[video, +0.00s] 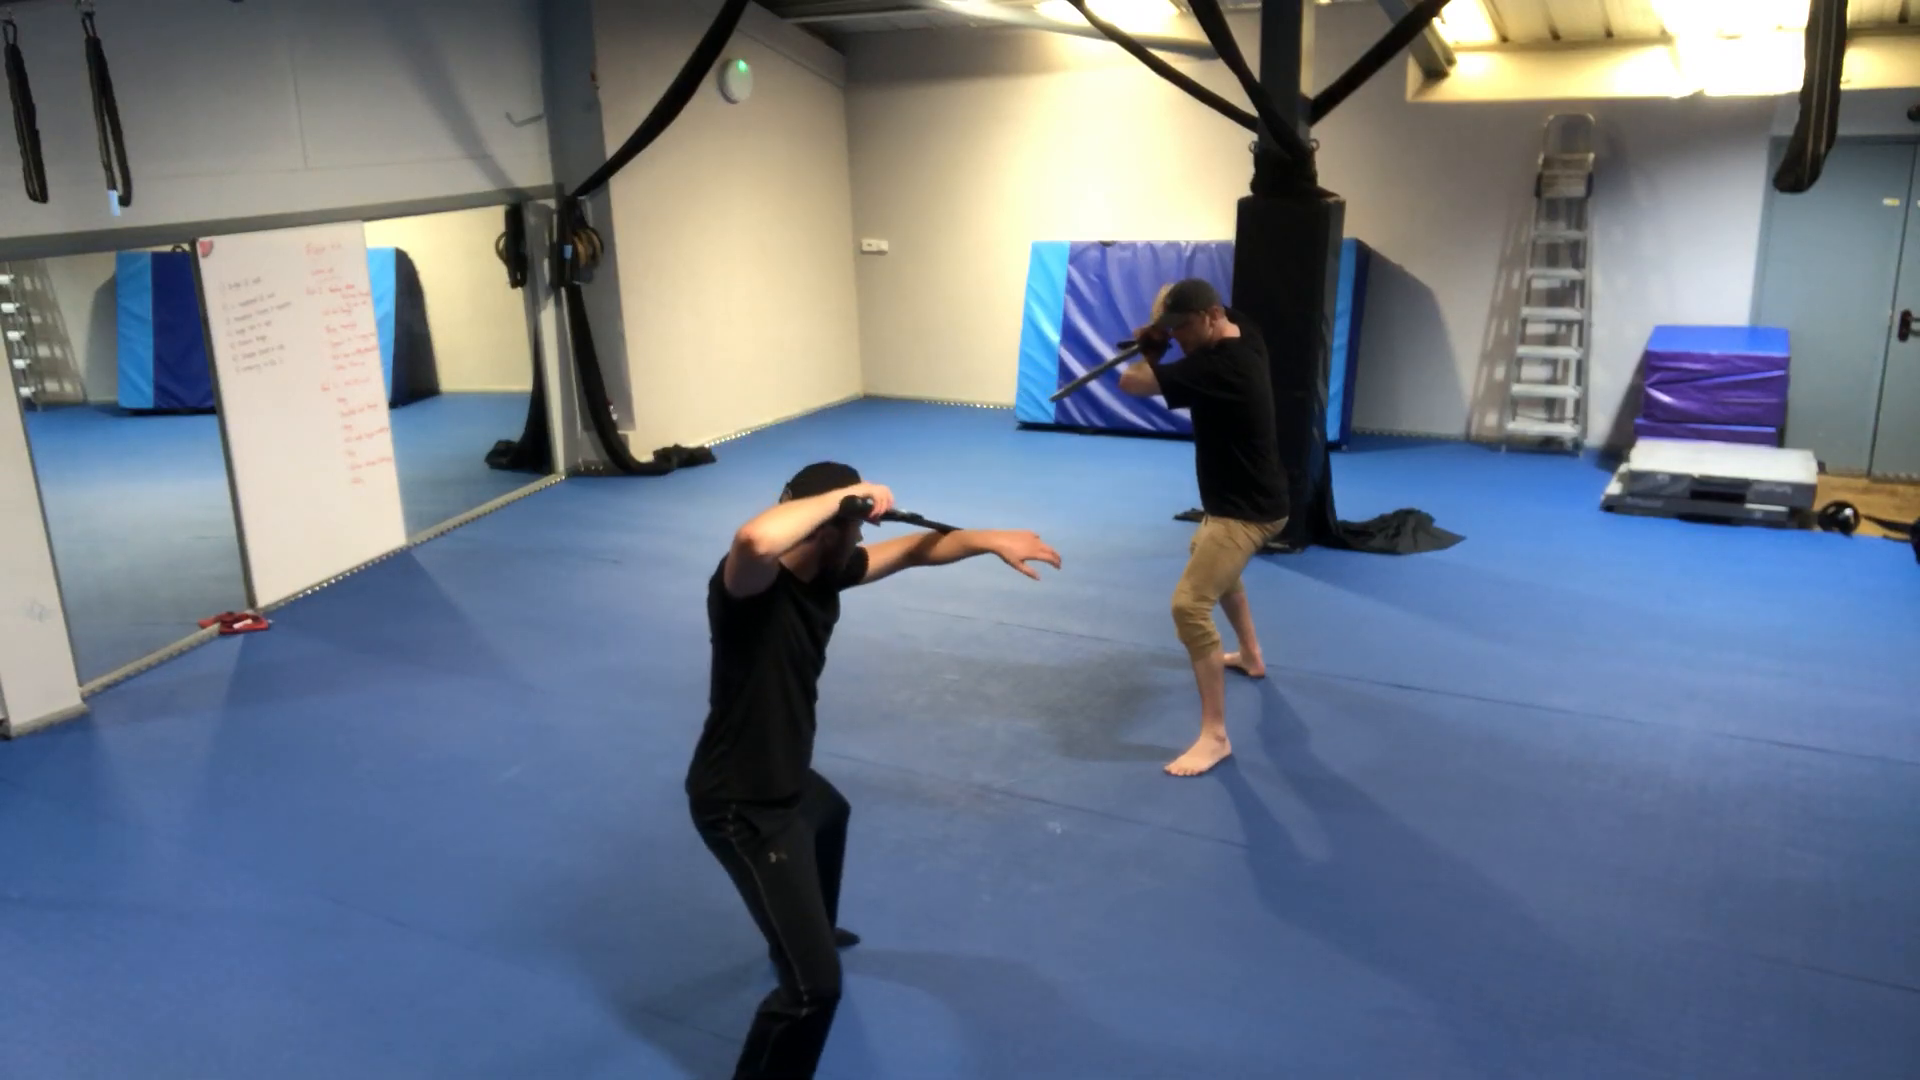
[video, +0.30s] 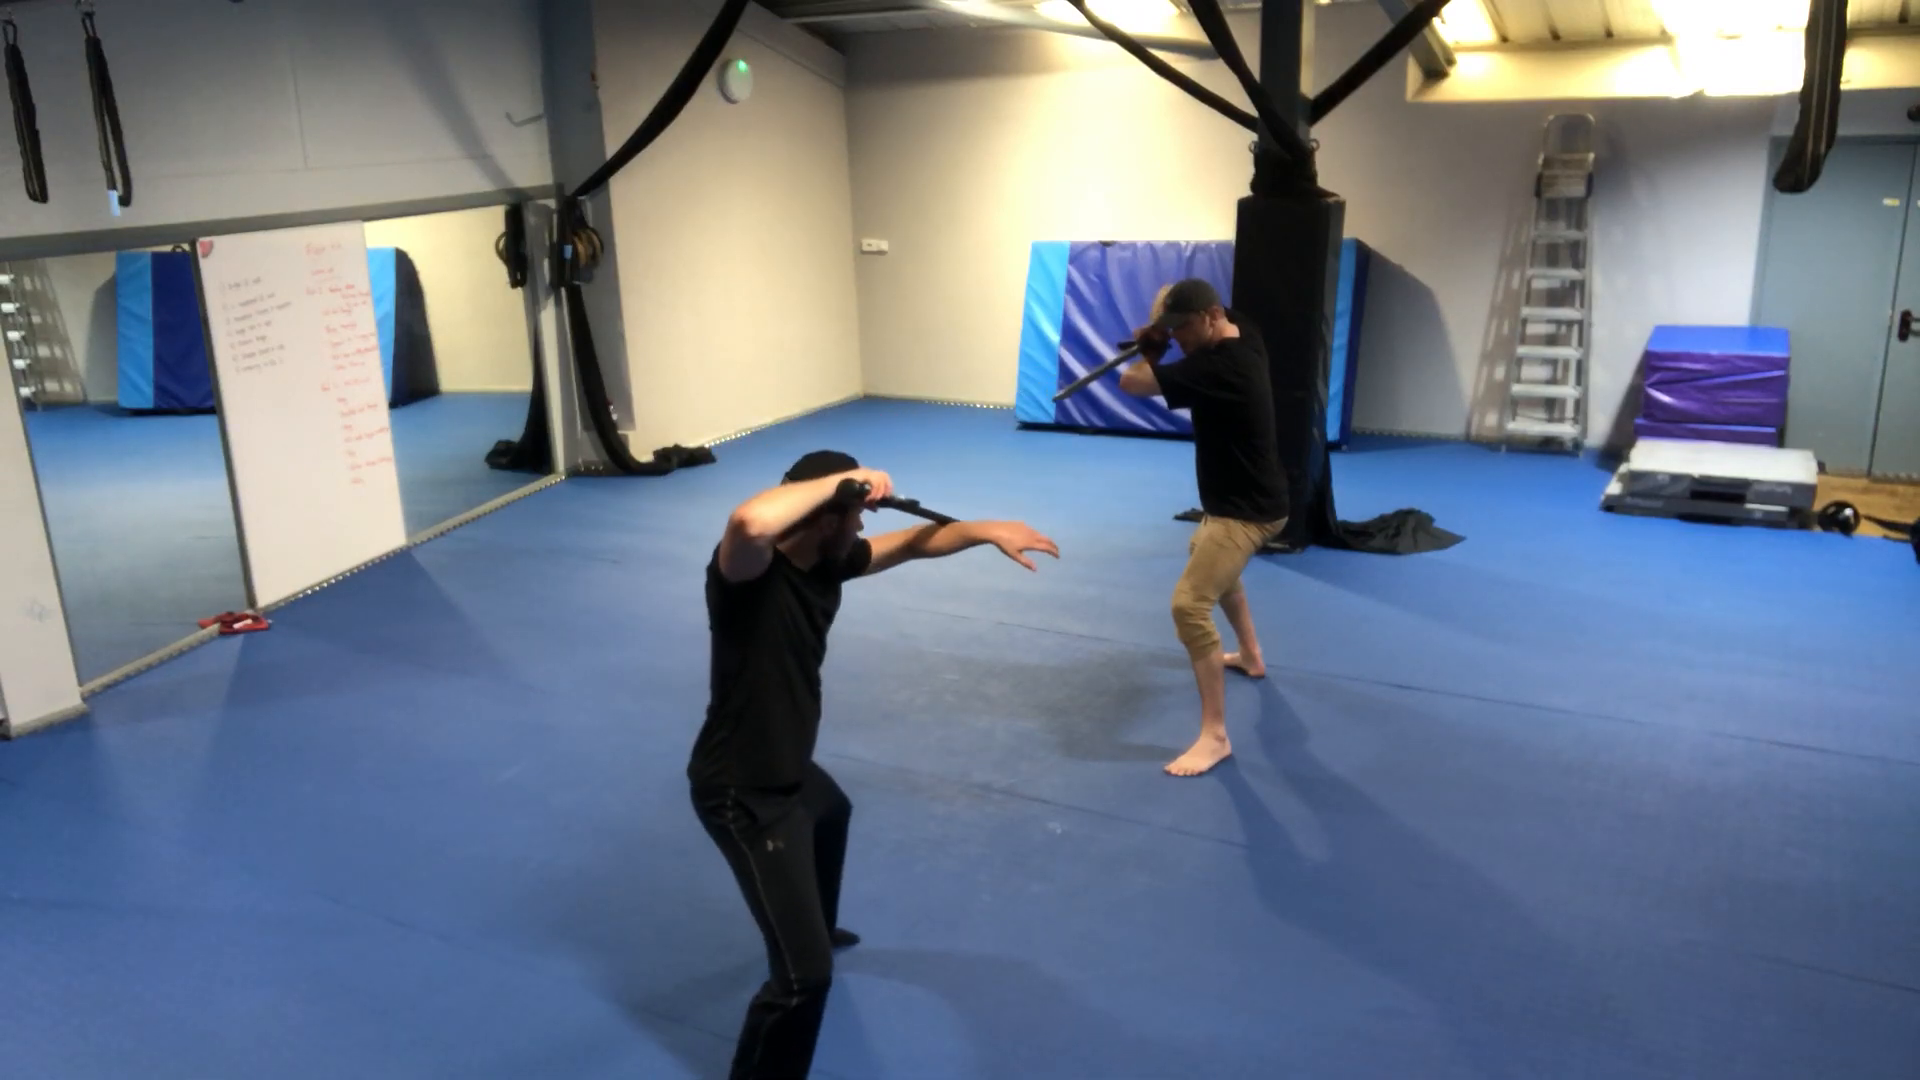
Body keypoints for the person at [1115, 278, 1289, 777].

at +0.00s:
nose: (1179, 342)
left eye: (1183, 333)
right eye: (1176, 333)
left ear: (1211, 319)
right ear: (1213, 318)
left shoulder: (1216, 365)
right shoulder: (1242, 340)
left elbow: (1133, 382)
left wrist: (1153, 352)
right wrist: (1158, 326)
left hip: (1245, 512)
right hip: (1236, 501)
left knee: (1191, 608)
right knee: (1207, 555)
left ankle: (1214, 734)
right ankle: (1250, 653)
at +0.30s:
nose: (1178, 341)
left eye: (1183, 332)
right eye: (1175, 332)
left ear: (1211, 319)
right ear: (1213, 319)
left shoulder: (1217, 365)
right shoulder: (1240, 341)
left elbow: (1133, 381)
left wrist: (1153, 352)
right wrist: (1157, 329)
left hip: (1245, 512)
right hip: (1235, 501)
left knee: (1191, 607)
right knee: (1206, 553)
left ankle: (1214, 734)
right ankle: (1250, 653)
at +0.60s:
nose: (1178, 341)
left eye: (1183, 333)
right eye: (1175, 333)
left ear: (1210, 319)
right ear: (1213, 318)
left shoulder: (1216, 365)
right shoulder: (1240, 341)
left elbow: (1133, 381)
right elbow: (1174, 295)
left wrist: (1151, 353)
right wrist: (1155, 326)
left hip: (1245, 512)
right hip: (1234, 502)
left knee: (1190, 607)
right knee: (1206, 555)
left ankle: (1214, 734)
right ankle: (1250, 653)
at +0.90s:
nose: (1178, 340)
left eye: (1181, 332)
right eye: (1175, 332)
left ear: (1208, 319)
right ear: (1211, 317)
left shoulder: (1215, 365)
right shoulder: (1239, 340)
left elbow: (1131, 381)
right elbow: (1175, 296)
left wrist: (1149, 350)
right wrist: (1153, 326)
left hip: (1244, 512)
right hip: (1234, 501)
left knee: (1190, 607)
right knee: (1207, 556)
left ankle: (1214, 734)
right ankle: (1250, 653)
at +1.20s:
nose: (1178, 340)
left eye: (1182, 332)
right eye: (1175, 332)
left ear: (1208, 319)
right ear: (1212, 316)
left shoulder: (1215, 364)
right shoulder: (1242, 340)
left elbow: (1131, 381)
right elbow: (1176, 295)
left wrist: (1150, 349)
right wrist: (1154, 325)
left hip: (1245, 512)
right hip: (1235, 501)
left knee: (1191, 607)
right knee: (1207, 556)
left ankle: (1214, 734)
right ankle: (1249, 653)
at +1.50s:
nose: (1179, 337)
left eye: (1183, 329)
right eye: (1175, 329)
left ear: (1211, 317)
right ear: (1213, 317)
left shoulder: (1218, 364)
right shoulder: (1240, 340)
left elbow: (1133, 381)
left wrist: (1150, 347)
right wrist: (1155, 326)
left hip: (1244, 511)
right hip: (1236, 501)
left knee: (1192, 608)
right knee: (1208, 558)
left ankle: (1214, 734)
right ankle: (1250, 653)